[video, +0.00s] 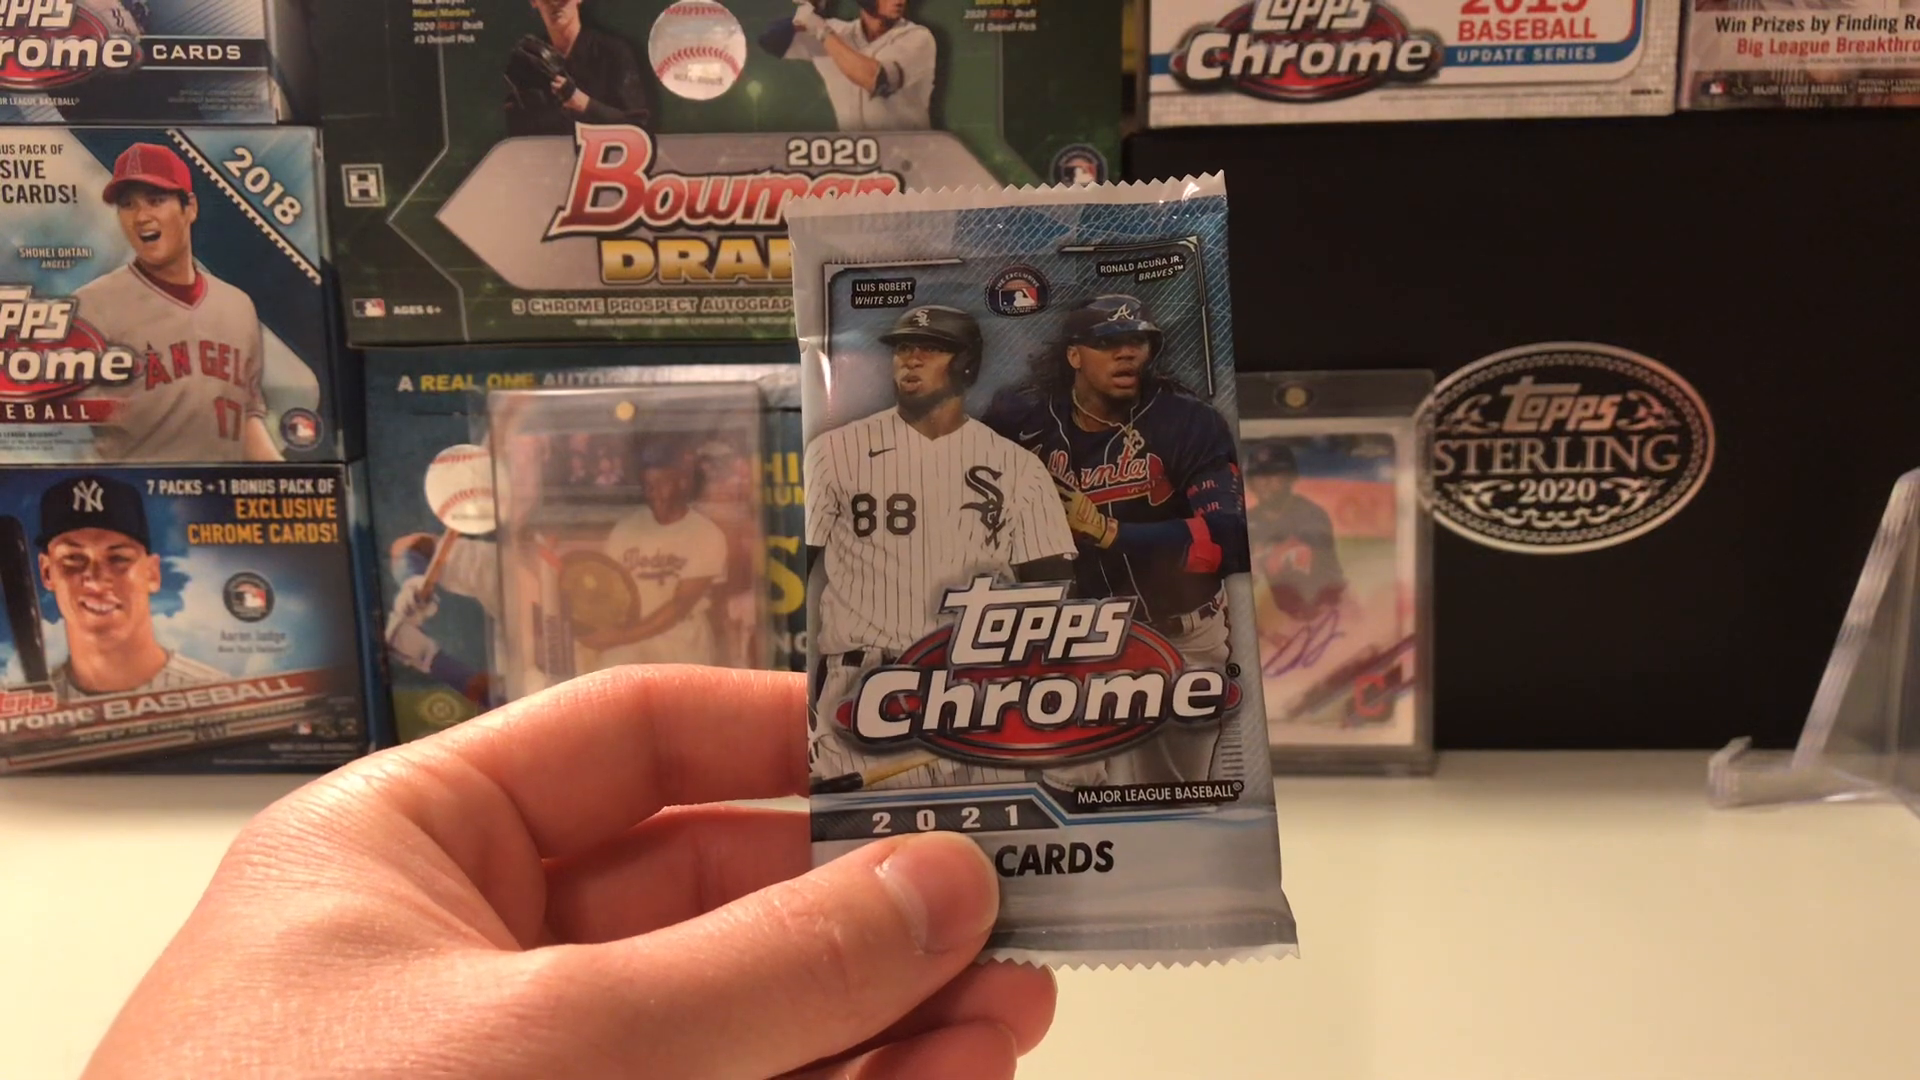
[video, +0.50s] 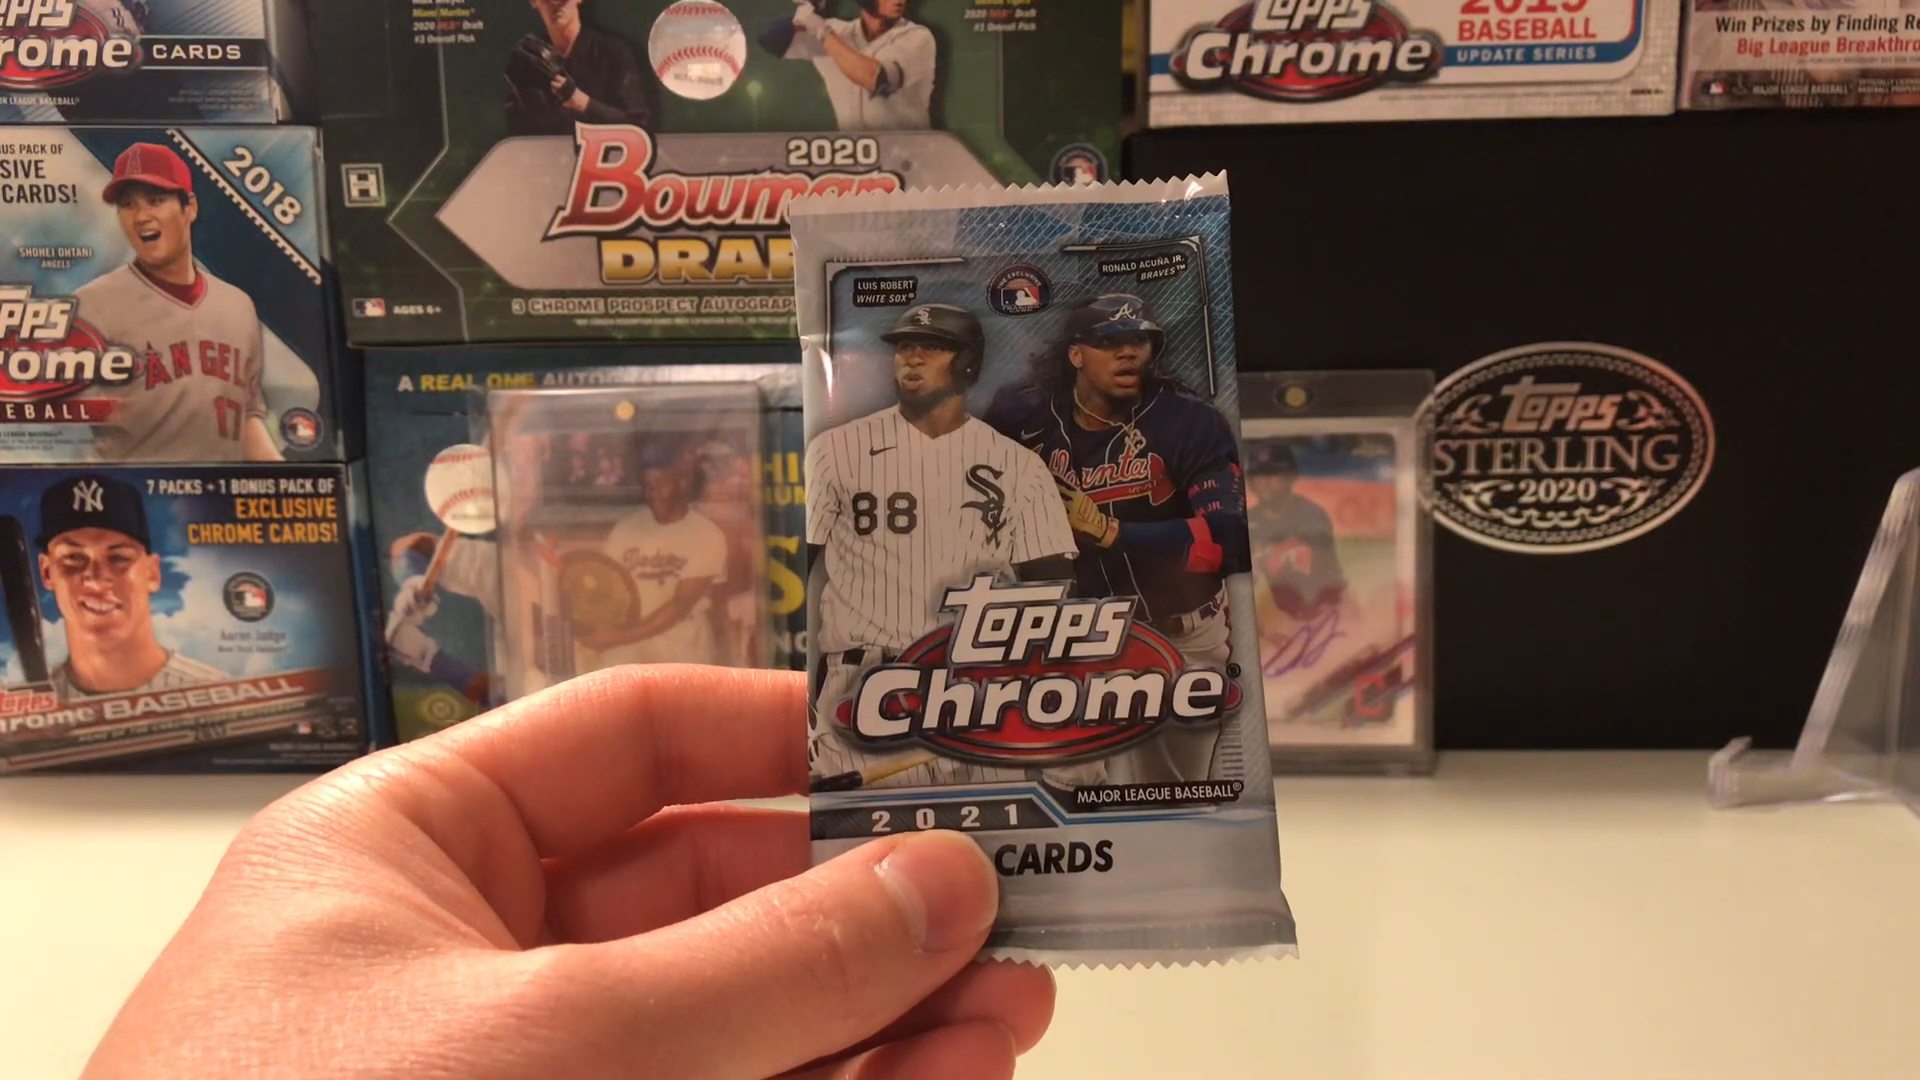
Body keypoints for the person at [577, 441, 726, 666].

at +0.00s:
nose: (653, 493)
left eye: (661, 484)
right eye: (648, 485)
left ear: (682, 483)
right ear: (643, 487)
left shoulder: (706, 535)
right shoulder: (625, 530)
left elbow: (680, 606)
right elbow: (605, 592)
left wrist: (619, 636)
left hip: (683, 660)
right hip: (626, 660)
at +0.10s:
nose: (654, 493)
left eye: (661, 484)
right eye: (648, 485)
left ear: (682, 483)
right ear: (643, 487)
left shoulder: (707, 536)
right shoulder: (624, 530)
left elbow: (680, 607)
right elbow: (605, 592)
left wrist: (618, 637)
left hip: (683, 659)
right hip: (626, 659)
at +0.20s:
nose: (654, 493)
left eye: (661, 484)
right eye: (648, 485)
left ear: (683, 484)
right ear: (643, 487)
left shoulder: (707, 535)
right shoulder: (625, 530)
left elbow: (681, 606)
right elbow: (605, 591)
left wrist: (620, 636)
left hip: (683, 658)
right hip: (626, 658)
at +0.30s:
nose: (654, 493)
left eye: (661, 484)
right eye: (648, 486)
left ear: (683, 484)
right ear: (643, 488)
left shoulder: (707, 535)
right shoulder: (625, 530)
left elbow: (680, 606)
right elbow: (605, 592)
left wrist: (618, 637)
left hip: (683, 659)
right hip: (626, 659)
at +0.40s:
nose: (653, 493)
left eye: (661, 483)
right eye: (648, 485)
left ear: (683, 484)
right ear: (643, 487)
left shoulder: (706, 535)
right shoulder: (625, 530)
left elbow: (680, 607)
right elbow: (605, 591)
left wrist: (618, 637)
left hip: (683, 658)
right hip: (626, 658)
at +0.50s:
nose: (653, 492)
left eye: (661, 483)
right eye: (648, 485)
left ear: (683, 483)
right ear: (643, 487)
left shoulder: (707, 536)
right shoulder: (625, 530)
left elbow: (680, 607)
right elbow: (605, 591)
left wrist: (618, 637)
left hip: (683, 659)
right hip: (626, 659)